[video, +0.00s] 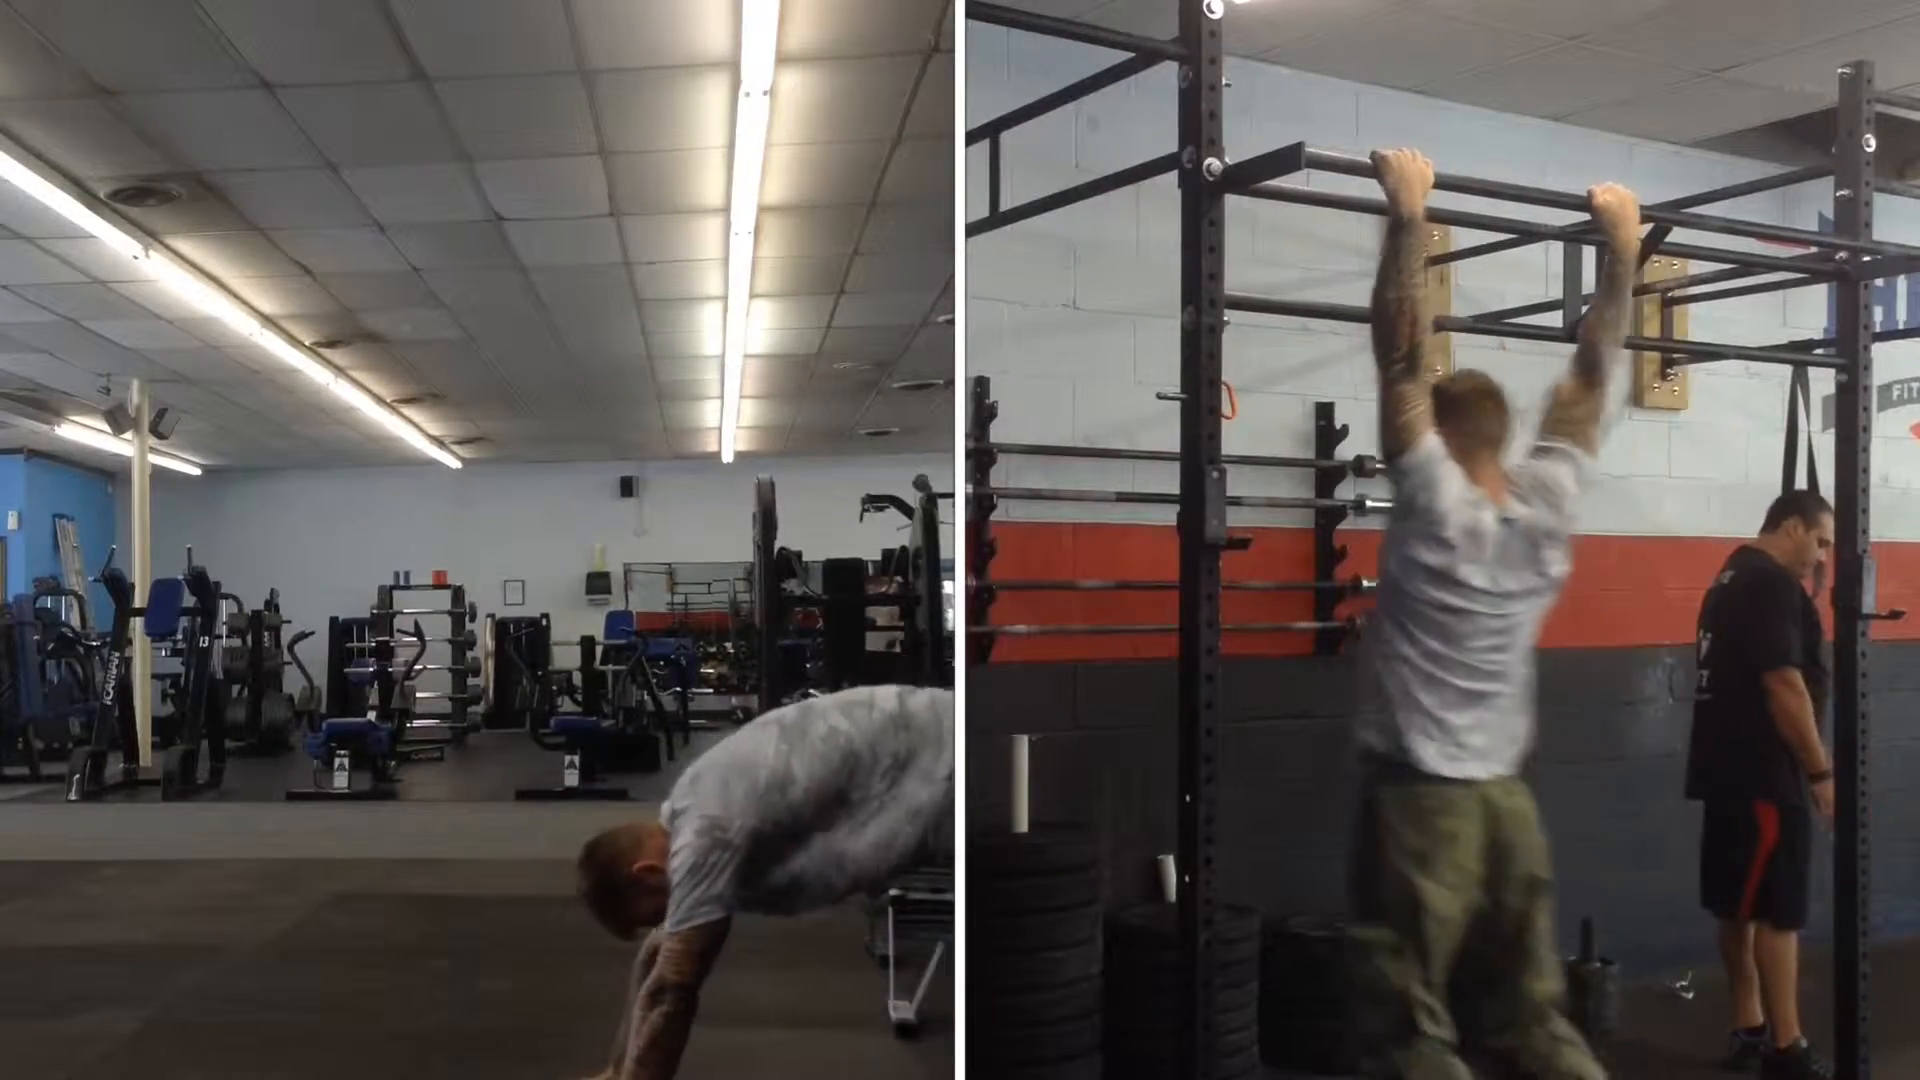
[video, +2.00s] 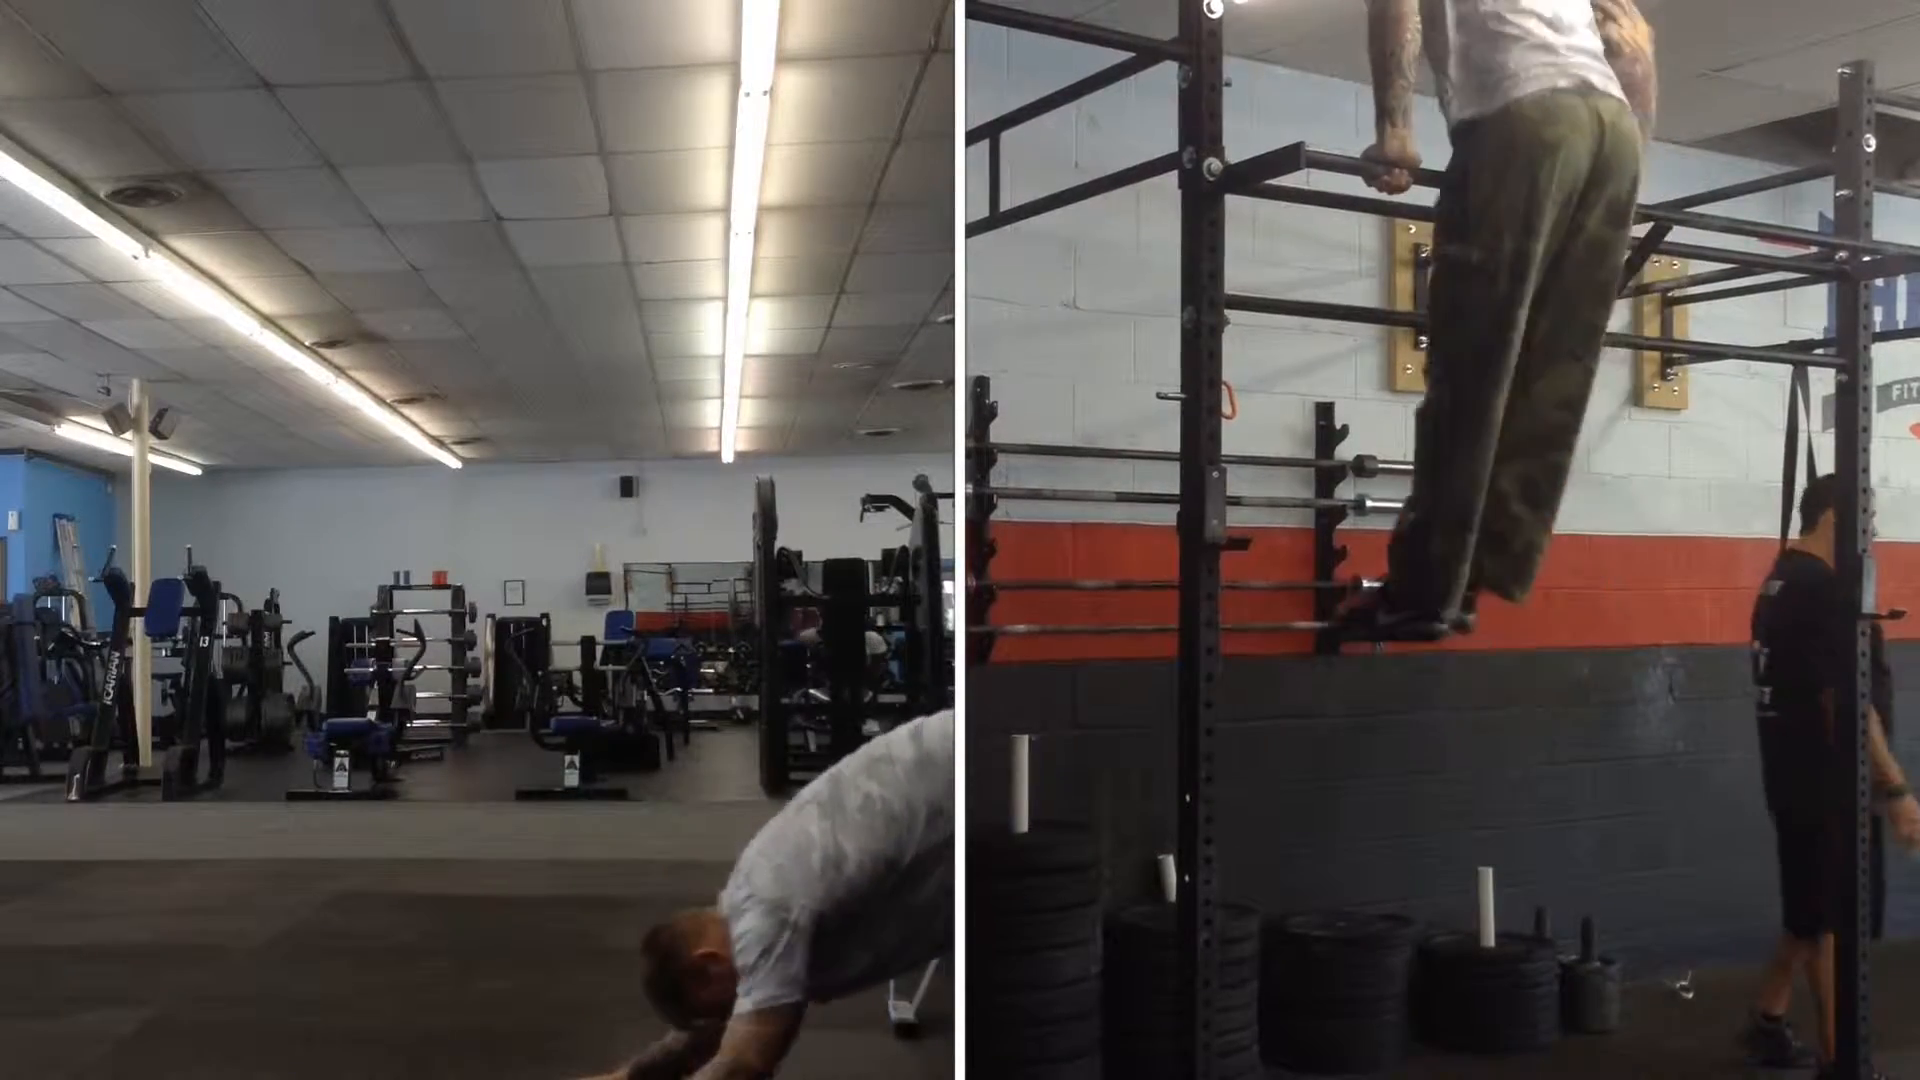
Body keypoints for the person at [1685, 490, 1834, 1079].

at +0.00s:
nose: (1823, 556)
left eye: (1827, 546)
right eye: (1820, 542)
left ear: (1781, 528)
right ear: (1791, 527)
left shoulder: (1735, 578)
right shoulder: (1771, 584)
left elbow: (1736, 684)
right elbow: (1783, 687)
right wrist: (1822, 773)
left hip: (1729, 770)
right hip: (1767, 775)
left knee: (1738, 908)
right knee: (1779, 914)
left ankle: (1749, 1030)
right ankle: (1787, 1044)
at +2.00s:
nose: (1866, 535)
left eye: (1866, 522)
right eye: (1862, 522)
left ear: (1814, 514)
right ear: (1835, 517)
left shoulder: (1784, 577)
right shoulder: (1825, 586)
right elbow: (1849, 700)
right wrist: (1895, 787)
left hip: (1791, 771)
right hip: (1827, 778)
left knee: (1807, 910)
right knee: (1834, 919)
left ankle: (1769, 1017)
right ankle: (1840, 1054)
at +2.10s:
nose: (1877, 531)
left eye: (1877, 518)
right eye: (1871, 517)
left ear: (1821, 513)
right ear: (1841, 515)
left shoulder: (1785, 581)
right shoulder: (1829, 587)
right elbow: (1860, 696)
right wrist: (1911, 781)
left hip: (1799, 777)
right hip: (1836, 783)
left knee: (1824, 913)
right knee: (1841, 924)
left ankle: (1785, 1005)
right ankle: (1844, 1054)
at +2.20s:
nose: (1883, 530)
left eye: (1883, 517)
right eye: (1876, 517)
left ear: (1827, 513)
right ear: (1844, 515)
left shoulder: (1790, 581)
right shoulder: (1839, 588)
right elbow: (1869, 702)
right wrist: (1915, 773)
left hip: (1802, 781)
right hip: (1840, 788)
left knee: (1830, 915)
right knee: (1844, 925)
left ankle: (1819, 1026)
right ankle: (1841, 1054)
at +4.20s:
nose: (1916, 524)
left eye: (1912, 511)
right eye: (1919, 512)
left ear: (1904, 515)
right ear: (1917, 517)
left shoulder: (1876, 577)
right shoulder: (1891, 577)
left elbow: (1845, 658)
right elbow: (1849, 660)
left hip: (1885, 767)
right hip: (1901, 770)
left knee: (1900, 914)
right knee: (1902, 915)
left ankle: (1883, 1029)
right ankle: (1883, 1031)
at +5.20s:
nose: (1892, 523)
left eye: (1887, 512)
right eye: (1888, 513)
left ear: (1826, 519)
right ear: (1876, 517)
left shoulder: (1790, 588)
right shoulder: (1902, 592)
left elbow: (1766, 665)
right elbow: (1907, 688)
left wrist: (1798, 727)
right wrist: (1898, 737)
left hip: (1814, 776)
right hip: (1894, 779)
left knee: (1813, 924)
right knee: (1904, 934)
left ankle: (1804, 1053)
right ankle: (1915, 1058)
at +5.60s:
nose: (1850, 525)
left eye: (1844, 513)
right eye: (1845, 514)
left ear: (1784, 519)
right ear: (1827, 515)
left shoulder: (1750, 587)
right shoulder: (1858, 581)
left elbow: (1735, 658)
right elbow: (1908, 681)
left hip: (1781, 780)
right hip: (1859, 783)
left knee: (1795, 922)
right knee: (1885, 919)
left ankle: (1803, 1054)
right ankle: (1890, 1057)